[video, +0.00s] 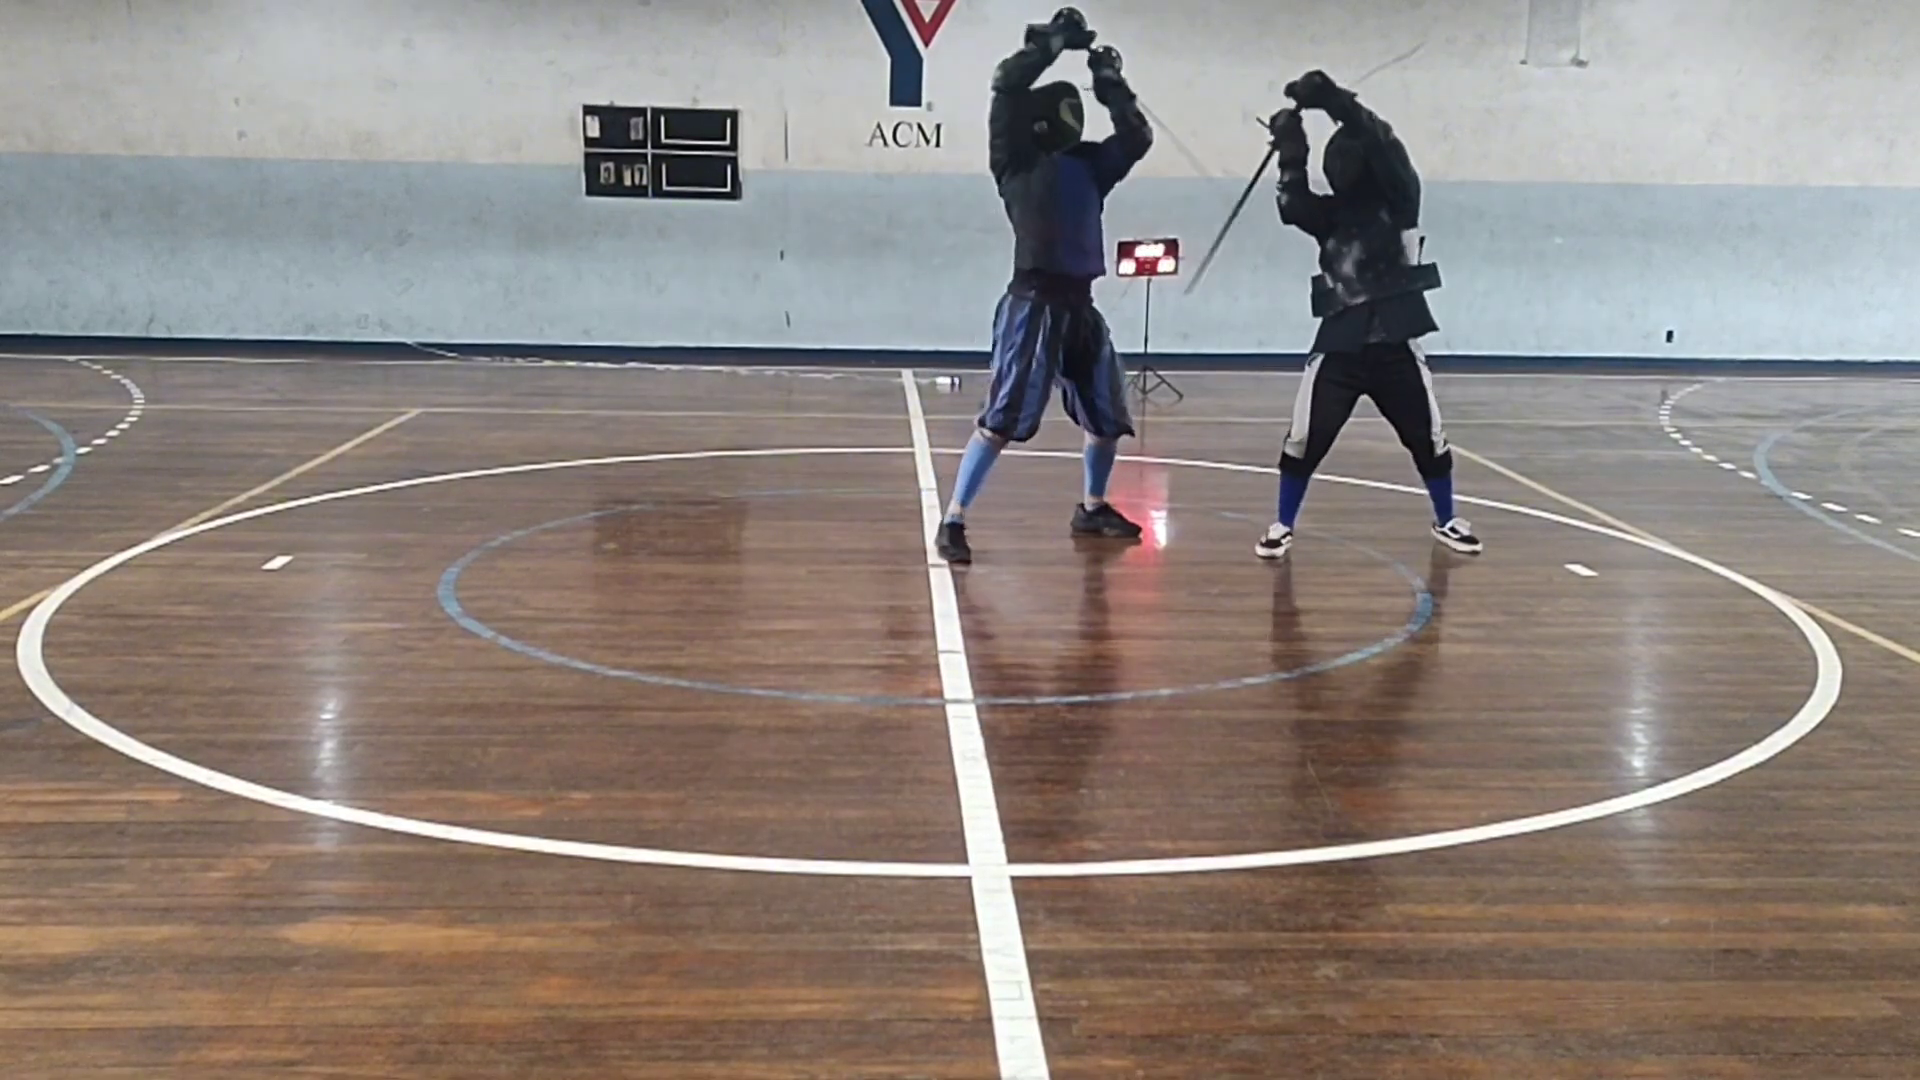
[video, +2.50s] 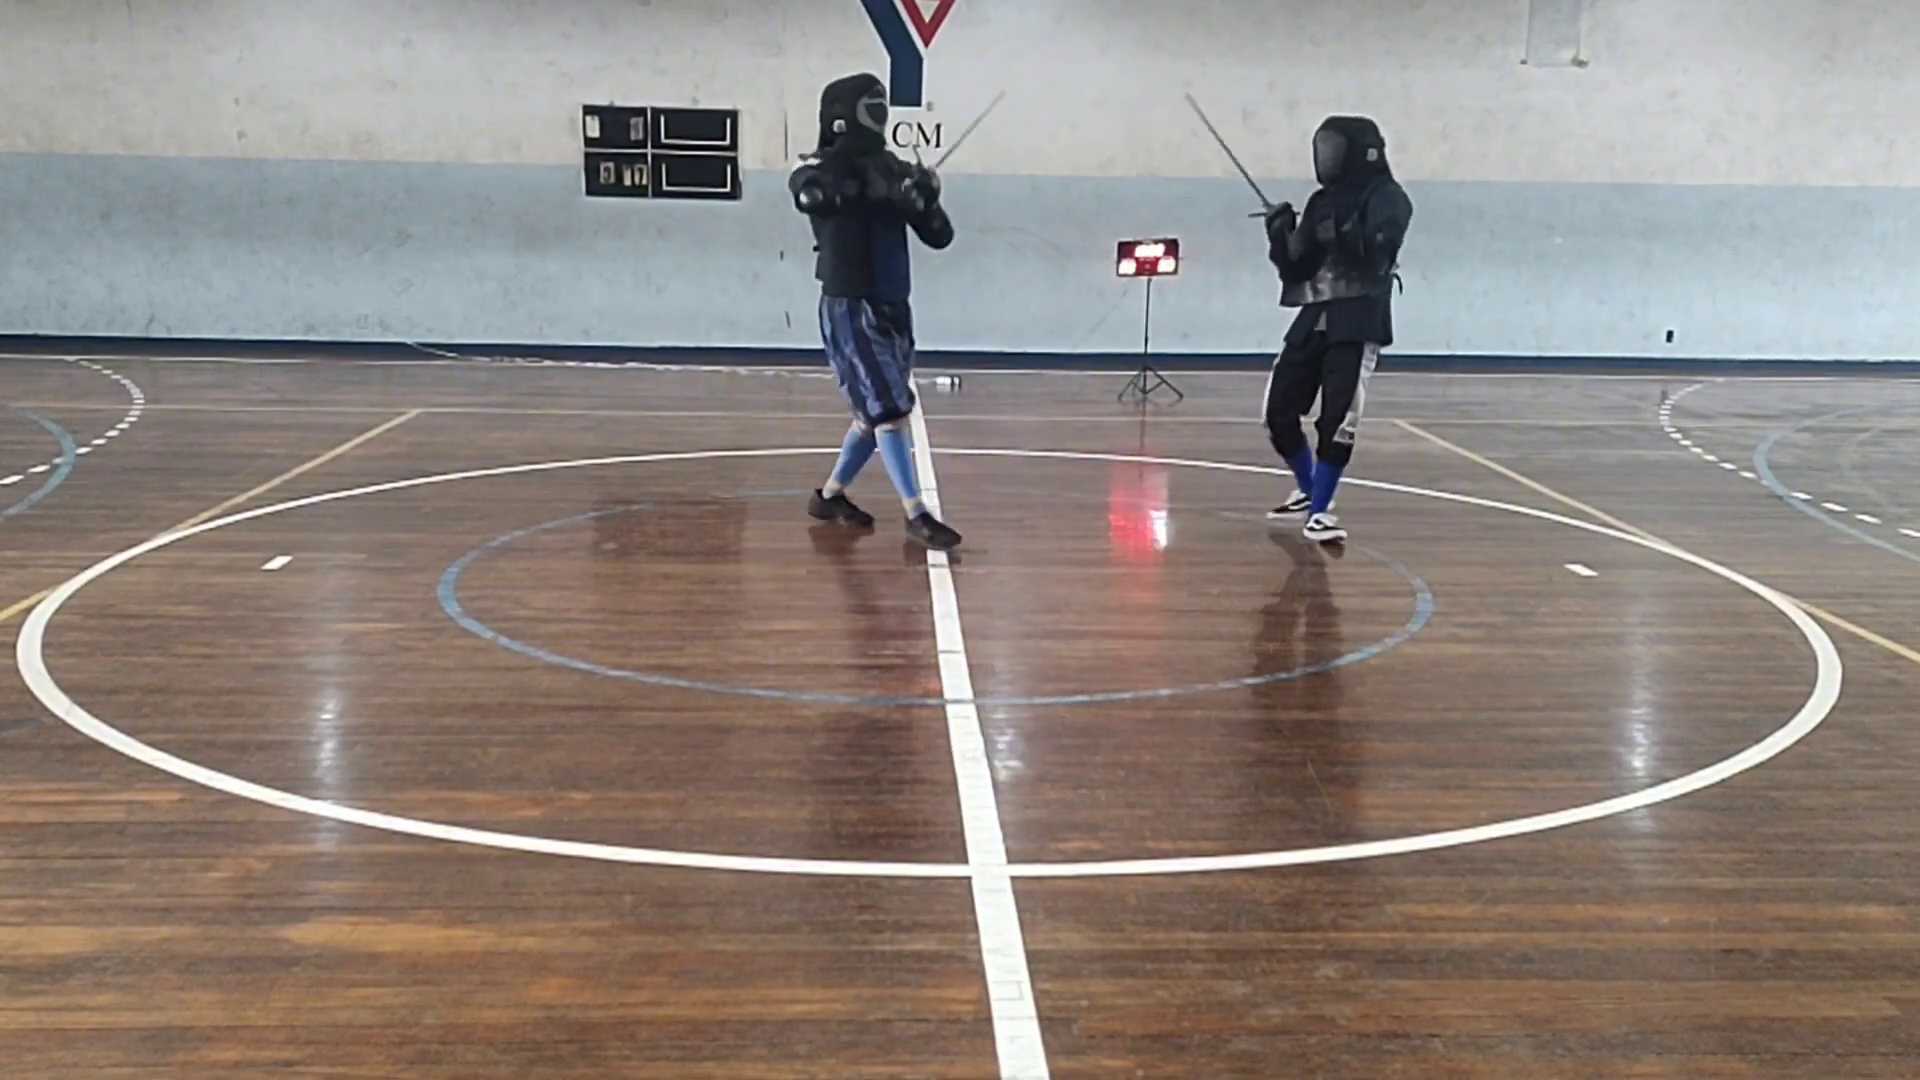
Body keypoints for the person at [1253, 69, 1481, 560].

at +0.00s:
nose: (1337, 171)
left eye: (1344, 163)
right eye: (1335, 164)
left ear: (1366, 164)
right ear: (1332, 167)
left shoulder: (1399, 202)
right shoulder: (1329, 213)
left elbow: (1382, 144)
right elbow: (1293, 204)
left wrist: (1332, 99)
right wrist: (1292, 149)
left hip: (1395, 347)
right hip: (1337, 348)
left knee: (1429, 440)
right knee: (1304, 440)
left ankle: (1446, 522)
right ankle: (1283, 524)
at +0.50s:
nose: (1307, 157)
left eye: (1314, 150)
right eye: (1306, 151)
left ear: (1343, 153)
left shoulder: (1368, 190)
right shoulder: (1304, 207)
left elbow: (1317, 159)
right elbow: (1245, 198)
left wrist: (1258, 125)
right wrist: (1212, 142)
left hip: (1351, 337)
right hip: (1297, 339)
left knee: (1389, 435)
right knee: (1280, 440)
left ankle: (1406, 523)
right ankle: (1282, 527)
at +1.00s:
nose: (1322, 174)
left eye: (1330, 167)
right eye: (1324, 166)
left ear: (1360, 175)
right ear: (1348, 173)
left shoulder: (1373, 217)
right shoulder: (1333, 205)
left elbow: (1308, 251)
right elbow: (1278, 216)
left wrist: (1250, 244)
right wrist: (1213, 211)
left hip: (1367, 346)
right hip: (1330, 340)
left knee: (1376, 451)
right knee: (1274, 420)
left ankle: (1417, 527)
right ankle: (1275, 519)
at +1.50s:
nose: (1302, 180)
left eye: (1315, 171)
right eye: (1296, 175)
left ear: (1328, 177)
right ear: (1285, 180)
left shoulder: (1347, 216)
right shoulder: (1276, 219)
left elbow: (1328, 163)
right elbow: (1226, 215)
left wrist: (1289, 131)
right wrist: (1247, 155)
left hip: (1336, 348)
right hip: (1278, 350)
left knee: (1380, 442)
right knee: (1238, 443)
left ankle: (1403, 530)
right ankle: (1205, 526)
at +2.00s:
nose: (1275, 183)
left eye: (1279, 174)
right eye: (1270, 176)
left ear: (1299, 167)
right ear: (1264, 175)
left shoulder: (1328, 202)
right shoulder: (1261, 214)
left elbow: (1311, 145)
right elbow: (1232, 212)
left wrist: (1256, 113)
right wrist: (1218, 162)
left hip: (1322, 341)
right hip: (1268, 341)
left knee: (1355, 440)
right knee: (1231, 435)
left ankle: (1333, 507)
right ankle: (1204, 523)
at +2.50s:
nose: (1324, 157)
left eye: (1332, 148)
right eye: (1322, 148)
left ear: (1360, 151)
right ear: (1324, 151)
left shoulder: (1386, 197)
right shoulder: (1321, 201)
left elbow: (1375, 258)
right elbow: (1293, 270)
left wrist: (1338, 231)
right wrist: (1281, 235)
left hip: (1356, 318)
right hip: (1311, 316)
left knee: (1339, 418)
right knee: (1280, 413)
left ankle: (1321, 511)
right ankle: (1310, 489)